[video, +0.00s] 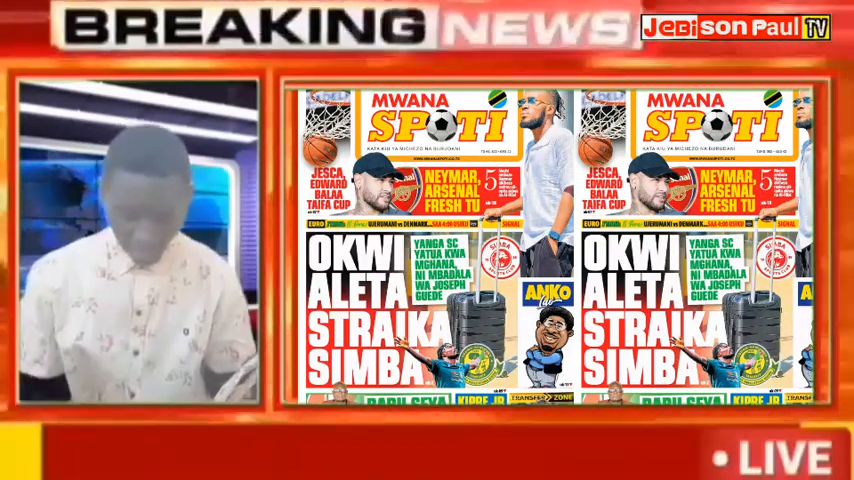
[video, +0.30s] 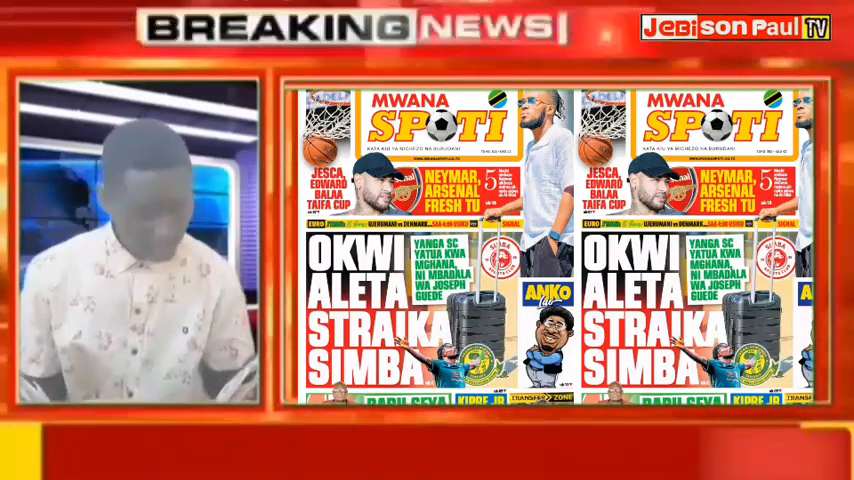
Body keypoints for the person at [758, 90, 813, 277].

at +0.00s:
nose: (799, 107)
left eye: (806, 101)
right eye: (797, 103)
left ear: (820, 107)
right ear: (794, 110)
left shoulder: (826, 148)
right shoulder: (806, 149)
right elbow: (804, 196)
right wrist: (777, 211)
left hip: (819, 239)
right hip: (804, 239)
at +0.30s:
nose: (799, 107)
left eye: (806, 101)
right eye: (797, 103)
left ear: (820, 107)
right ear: (794, 110)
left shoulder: (826, 148)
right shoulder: (806, 149)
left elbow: (829, 193)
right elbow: (804, 196)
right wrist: (777, 211)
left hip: (819, 240)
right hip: (804, 239)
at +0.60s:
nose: (799, 107)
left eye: (806, 101)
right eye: (797, 103)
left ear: (820, 107)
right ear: (794, 110)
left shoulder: (826, 148)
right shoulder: (806, 149)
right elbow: (804, 196)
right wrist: (777, 211)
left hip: (820, 240)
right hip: (804, 240)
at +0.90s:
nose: (799, 107)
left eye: (807, 101)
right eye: (797, 103)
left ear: (820, 107)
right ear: (794, 110)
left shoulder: (827, 147)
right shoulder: (806, 149)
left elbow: (831, 194)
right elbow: (804, 196)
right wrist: (777, 211)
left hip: (820, 240)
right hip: (804, 240)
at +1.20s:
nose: (799, 107)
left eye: (807, 101)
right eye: (797, 103)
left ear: (820, 107)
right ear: (794, 110)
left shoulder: (827, 148)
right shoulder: (806, 149)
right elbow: (804, 196)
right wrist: (777, 211)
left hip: (821, 240)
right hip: (804, 239)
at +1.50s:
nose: (799, 107)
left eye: (807, 101)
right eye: (797, 103)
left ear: (820, 107)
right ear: (794, 110)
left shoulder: (827, 148)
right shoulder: (806, 149)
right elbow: (804, 196)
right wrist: (777, 211)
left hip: (821, 240)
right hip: (804, 239)